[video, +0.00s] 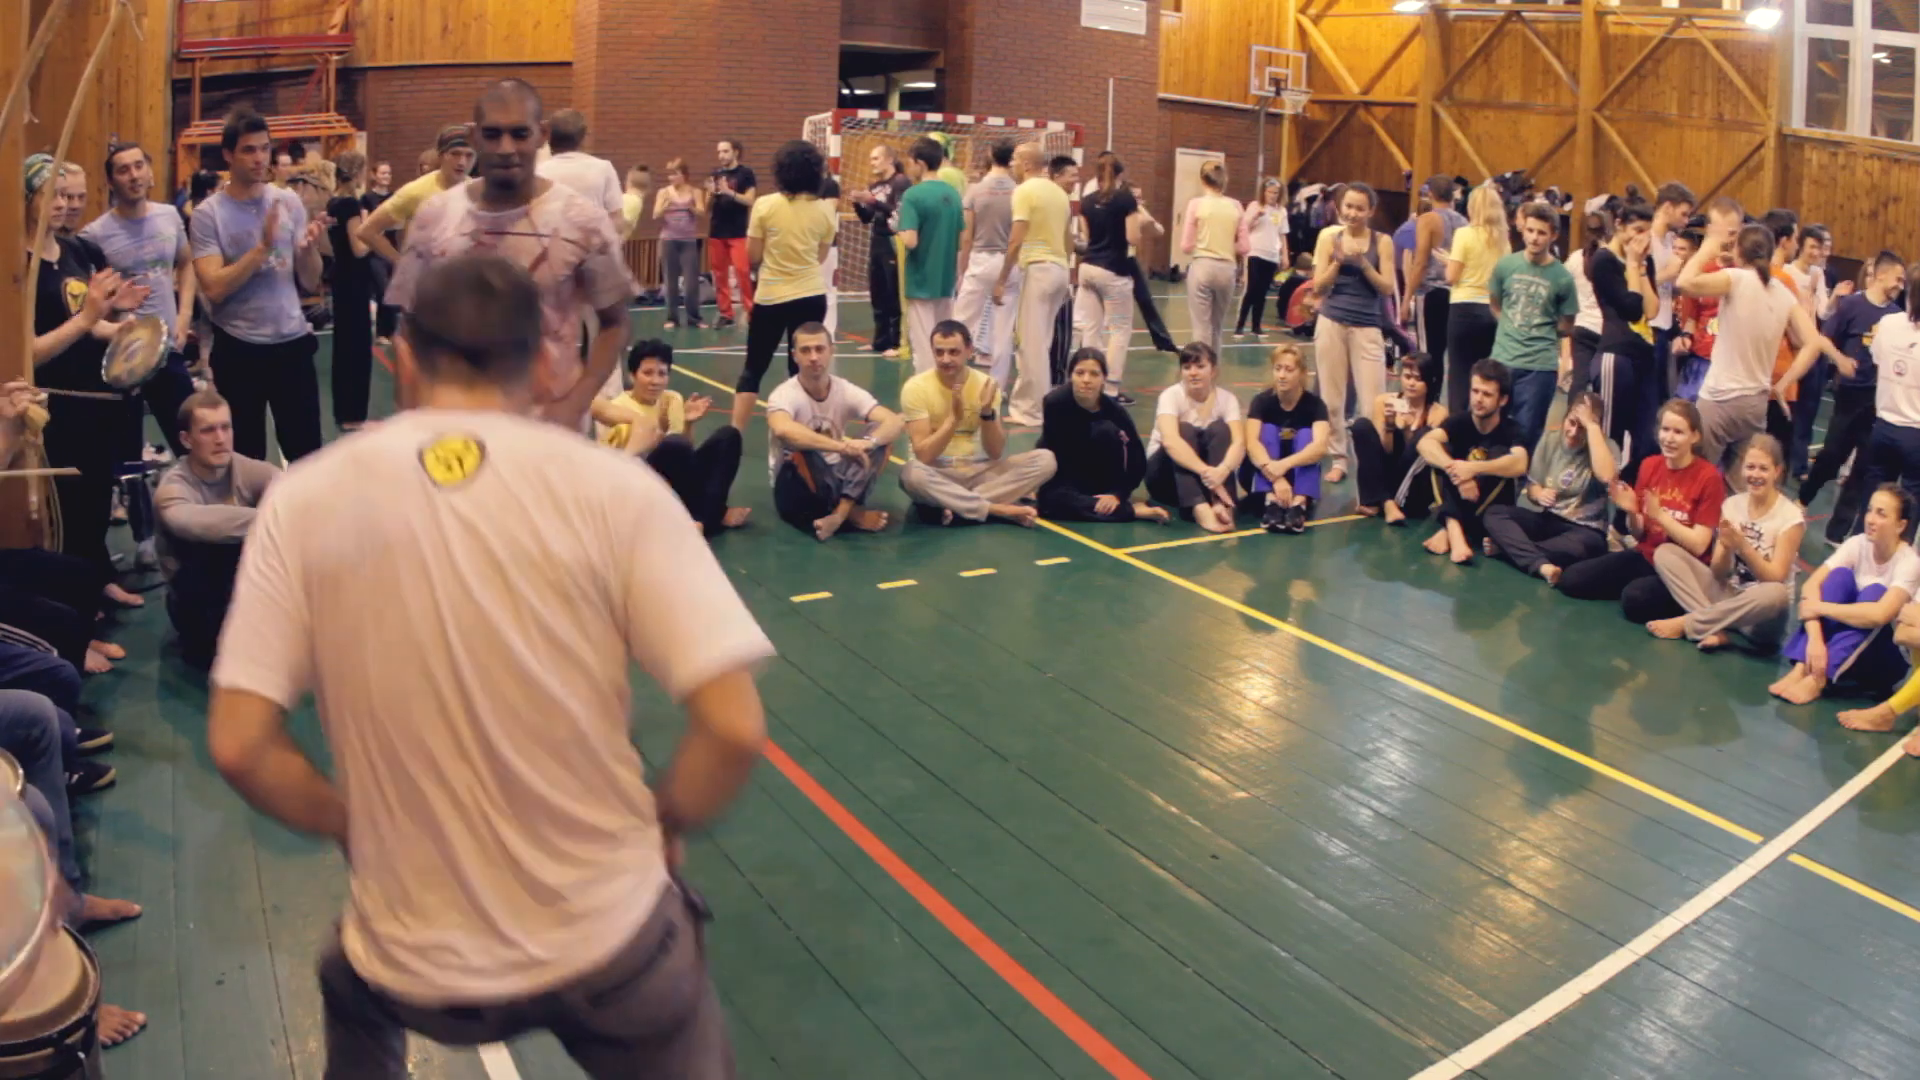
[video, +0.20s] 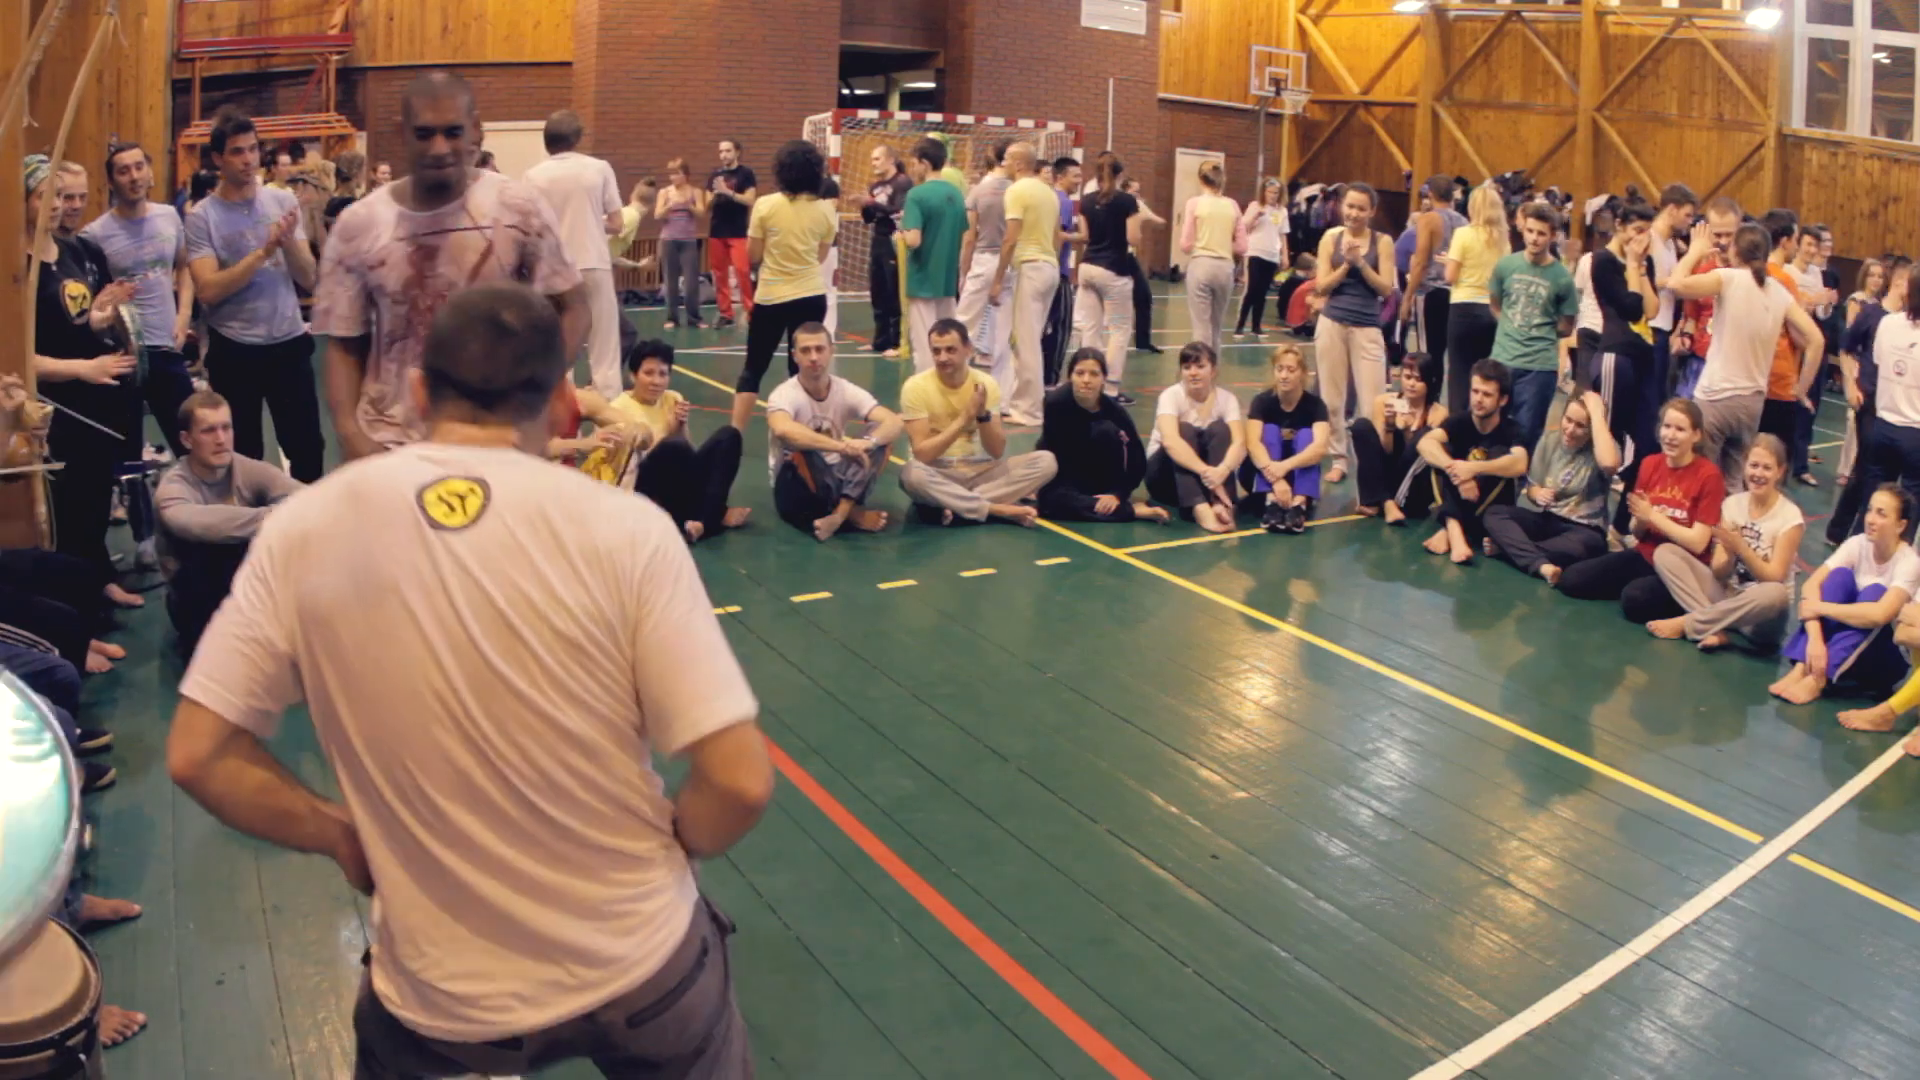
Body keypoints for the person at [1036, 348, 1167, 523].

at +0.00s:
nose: (1086, 380)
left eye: (1094, 374)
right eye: (1080, 373)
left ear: (1103, 379)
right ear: (1070, 376)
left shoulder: (1114, 411)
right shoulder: (1055, 404)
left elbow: (1138, 462)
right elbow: (1050, 451)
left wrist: (1117, 495)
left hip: (1104, 480)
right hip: (1067, 480)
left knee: (1106, 431)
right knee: (1050, 503)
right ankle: (1129, 512)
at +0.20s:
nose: (1086, 380)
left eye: (1094, 374)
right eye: (1080, 373)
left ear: (1103, 379)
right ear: (1070, 377)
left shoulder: (1114, 411)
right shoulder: (1056, 405)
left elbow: (1138, 461)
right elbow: (1048, 449)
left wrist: (1117, 495)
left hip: (1104, 481)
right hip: (1068, 481)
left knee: (1106, 431)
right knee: (1050, 503)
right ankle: (1130, 512)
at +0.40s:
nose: (1086, 380)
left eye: (1094, 375)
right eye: (1080, 374)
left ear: (1103, 379)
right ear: (1070, 377)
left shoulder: (1114, 410)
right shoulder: (1055, 405)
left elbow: (1138, 462)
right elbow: (1049, 451)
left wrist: (1117, 495)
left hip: (1104, 481)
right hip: (1068, 481)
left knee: (1105, 431)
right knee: (1051, 503)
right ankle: (1129, 512)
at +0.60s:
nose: (1086, 380)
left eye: (1094, 375)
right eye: (1080, 374)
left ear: (1103, 379)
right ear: (1070, 377)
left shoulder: (1114, 410)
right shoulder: (1055, 406)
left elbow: (1138, 461)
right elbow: (1048, 450)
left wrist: (1117, 495)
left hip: (1104, 481)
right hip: (1068, 481)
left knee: (1105, 431)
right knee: (1051, 503)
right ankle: (1130, 512)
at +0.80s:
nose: (1086, 380)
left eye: (1093, 374)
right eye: (1080, 374)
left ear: (1103, 379)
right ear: (1070, 377)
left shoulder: (1114, 411)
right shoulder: (1055, 404)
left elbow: (1138, 462)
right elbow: (1048, 446)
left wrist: (1117, 495)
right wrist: (1035, 484)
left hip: (1104, 480)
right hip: (1067, 480)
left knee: (1105, 431)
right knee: (1051, 503)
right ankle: (1130, 512)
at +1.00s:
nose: (1086, 380)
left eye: (1093, 374)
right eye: (1080, 374)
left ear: (1103, 379)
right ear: (1070, 377)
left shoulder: (1114, 411)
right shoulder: (1055, 404)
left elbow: (1138, 462)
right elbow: (1047, 450)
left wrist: (1117, 495)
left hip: (1104, 481)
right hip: (1068, 481)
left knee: (1105, 431)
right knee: (1050, 503)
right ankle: (1130, 512)